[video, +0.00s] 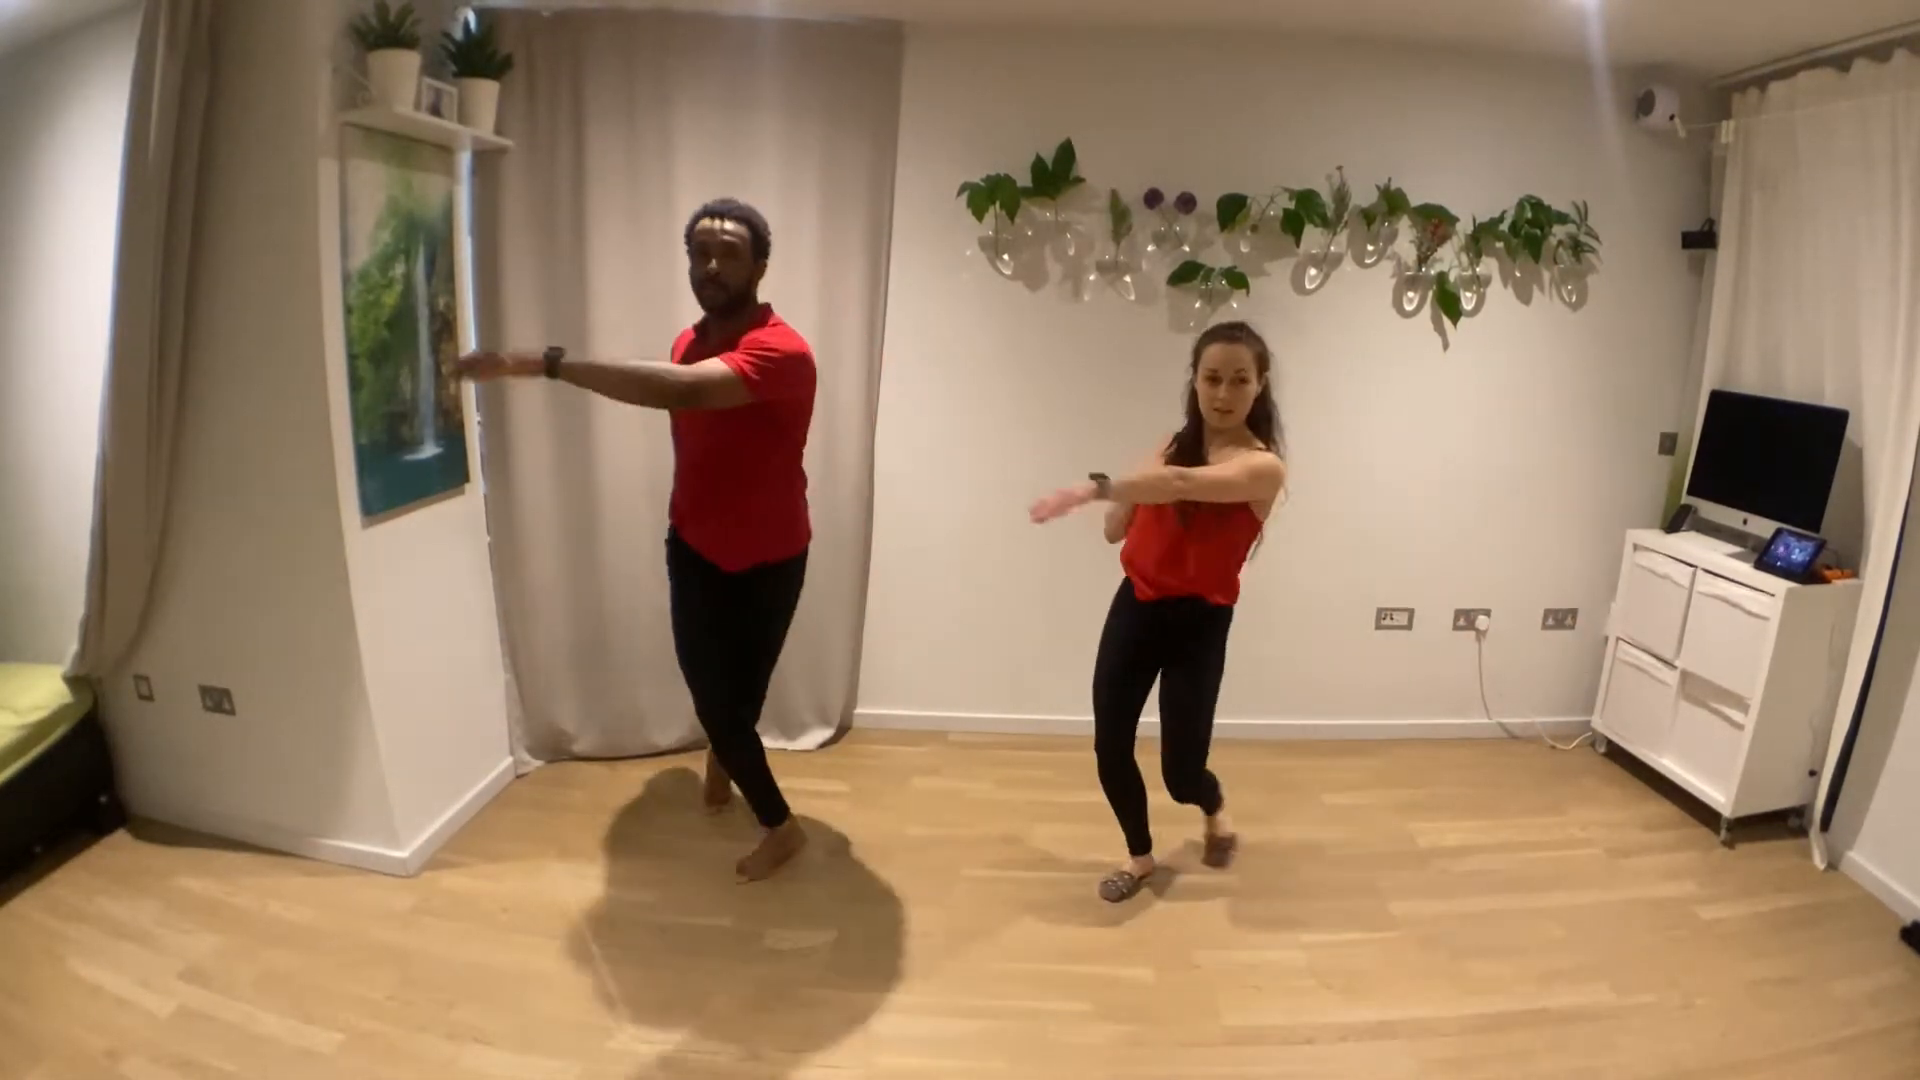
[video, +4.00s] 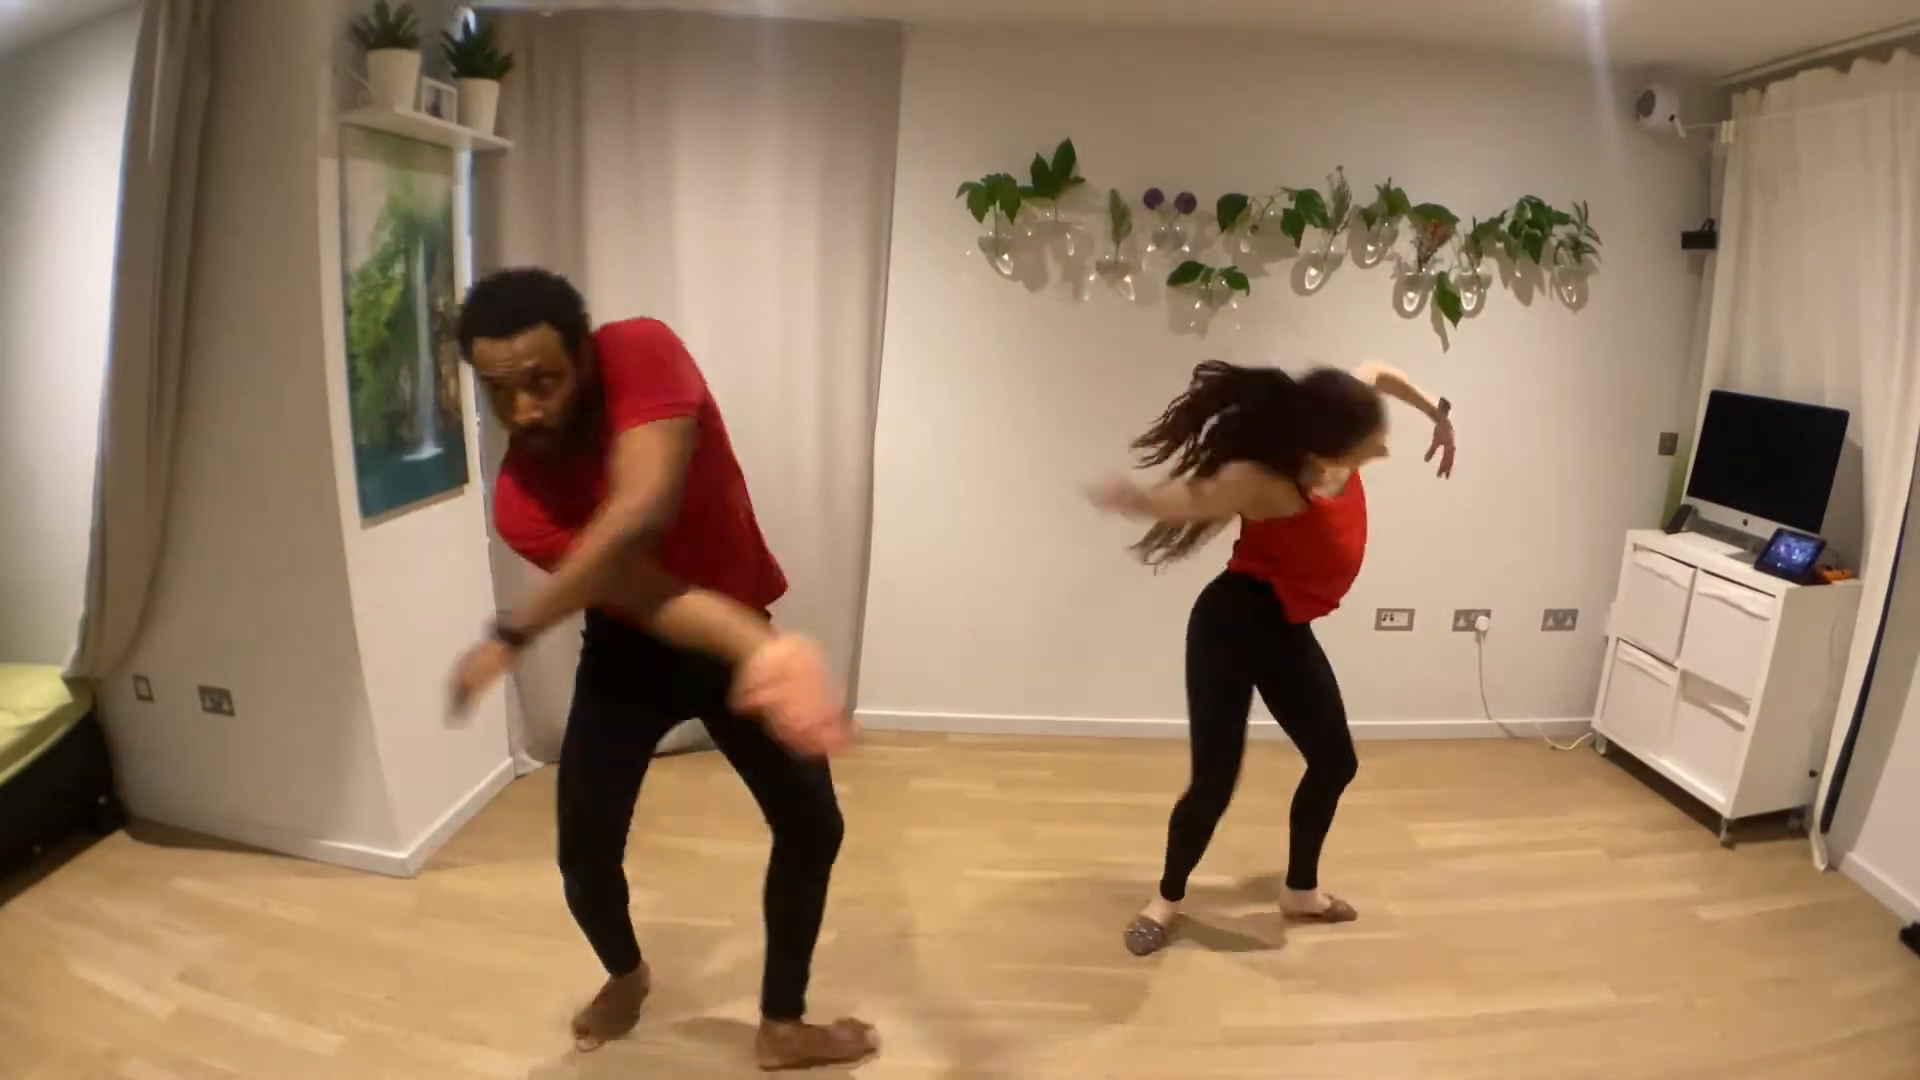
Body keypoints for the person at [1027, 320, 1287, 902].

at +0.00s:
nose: (1223, 394)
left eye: (1239, 381)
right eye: (1212, 379)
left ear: (1260, 387)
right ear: (1195, 382)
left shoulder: (1264, 468)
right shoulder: (1172, 451)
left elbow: (1185, 485)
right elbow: (1115, 531)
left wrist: (1093, 487)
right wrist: (1130, 491)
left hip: (1199, 623)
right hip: (1136, 611)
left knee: (1182, 777)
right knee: (1111, 754)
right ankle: (1141, 859)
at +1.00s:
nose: (1329, 360)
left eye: (1321, 354)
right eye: (1313, 365)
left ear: (1323, 385)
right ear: (1300, 402)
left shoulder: (1361, 430)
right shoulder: (1335, 447)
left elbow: (1402, 353)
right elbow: (1403, 347)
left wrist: (1450, 276)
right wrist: (1439, 277)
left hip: (1375, 602)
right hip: (1330, 598)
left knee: (1390, 715)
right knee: (1267, 723)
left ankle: (1387, 821)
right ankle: (1167, 825)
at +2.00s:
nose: (1465, 381)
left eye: (1480, 371)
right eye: (1459, 370)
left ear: (1513, 380)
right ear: (1451, 374)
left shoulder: (1534, 455)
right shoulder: (1429, 441)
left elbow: (1525, 541)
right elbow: (1408, 514)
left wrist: (1497, 583)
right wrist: (1425, 549)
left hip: (1489, 607)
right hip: (1426, 600)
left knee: (1473, 743)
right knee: (1390, 740)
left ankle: (1451, 842)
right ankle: (1417, 795)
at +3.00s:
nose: (1270, 409)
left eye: (1289, 398)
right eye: (1269, 394)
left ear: (1336, 415)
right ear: (1264, 397)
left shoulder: (1328, 513)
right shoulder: (1254, 472)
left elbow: (1292, 585)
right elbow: (1147, 451)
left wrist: (1267, 627)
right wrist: (1096, 379)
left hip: (1298, 701)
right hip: (1256, 686)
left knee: (1177, 826)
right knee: (1257, 833)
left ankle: (1081, 963)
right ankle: (1352, 918)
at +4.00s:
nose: (1357, 469)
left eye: (1361, 458)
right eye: (1348, 459)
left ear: (1356, 448)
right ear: (1314, 453)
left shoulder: (1344, 444)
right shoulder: (1263, 482)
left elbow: (1377, 371)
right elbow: (1197, 498)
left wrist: (1438, 414)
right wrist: (1144, 500)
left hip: (1285, 630)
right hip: (1229, 622)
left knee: (1334, 761)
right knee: (1214, 780)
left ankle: (1301, 891)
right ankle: (1167, 897)